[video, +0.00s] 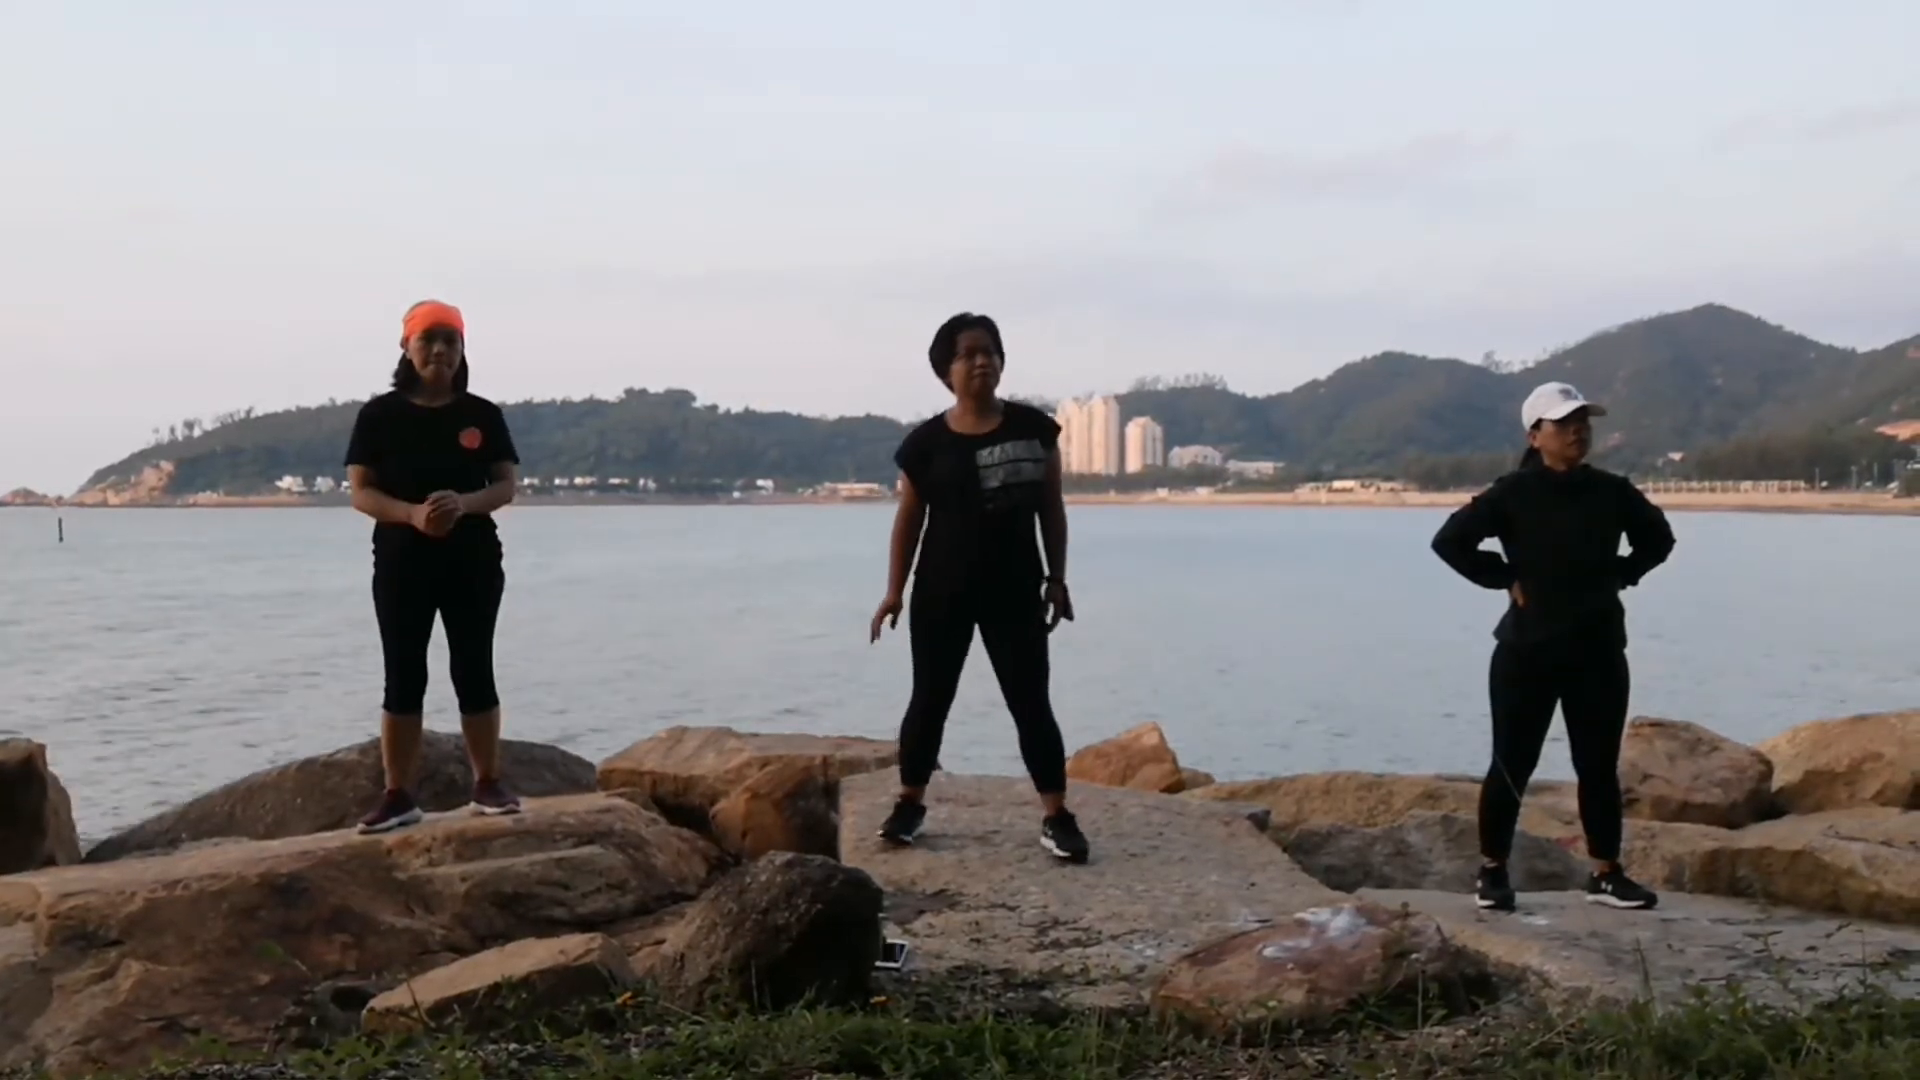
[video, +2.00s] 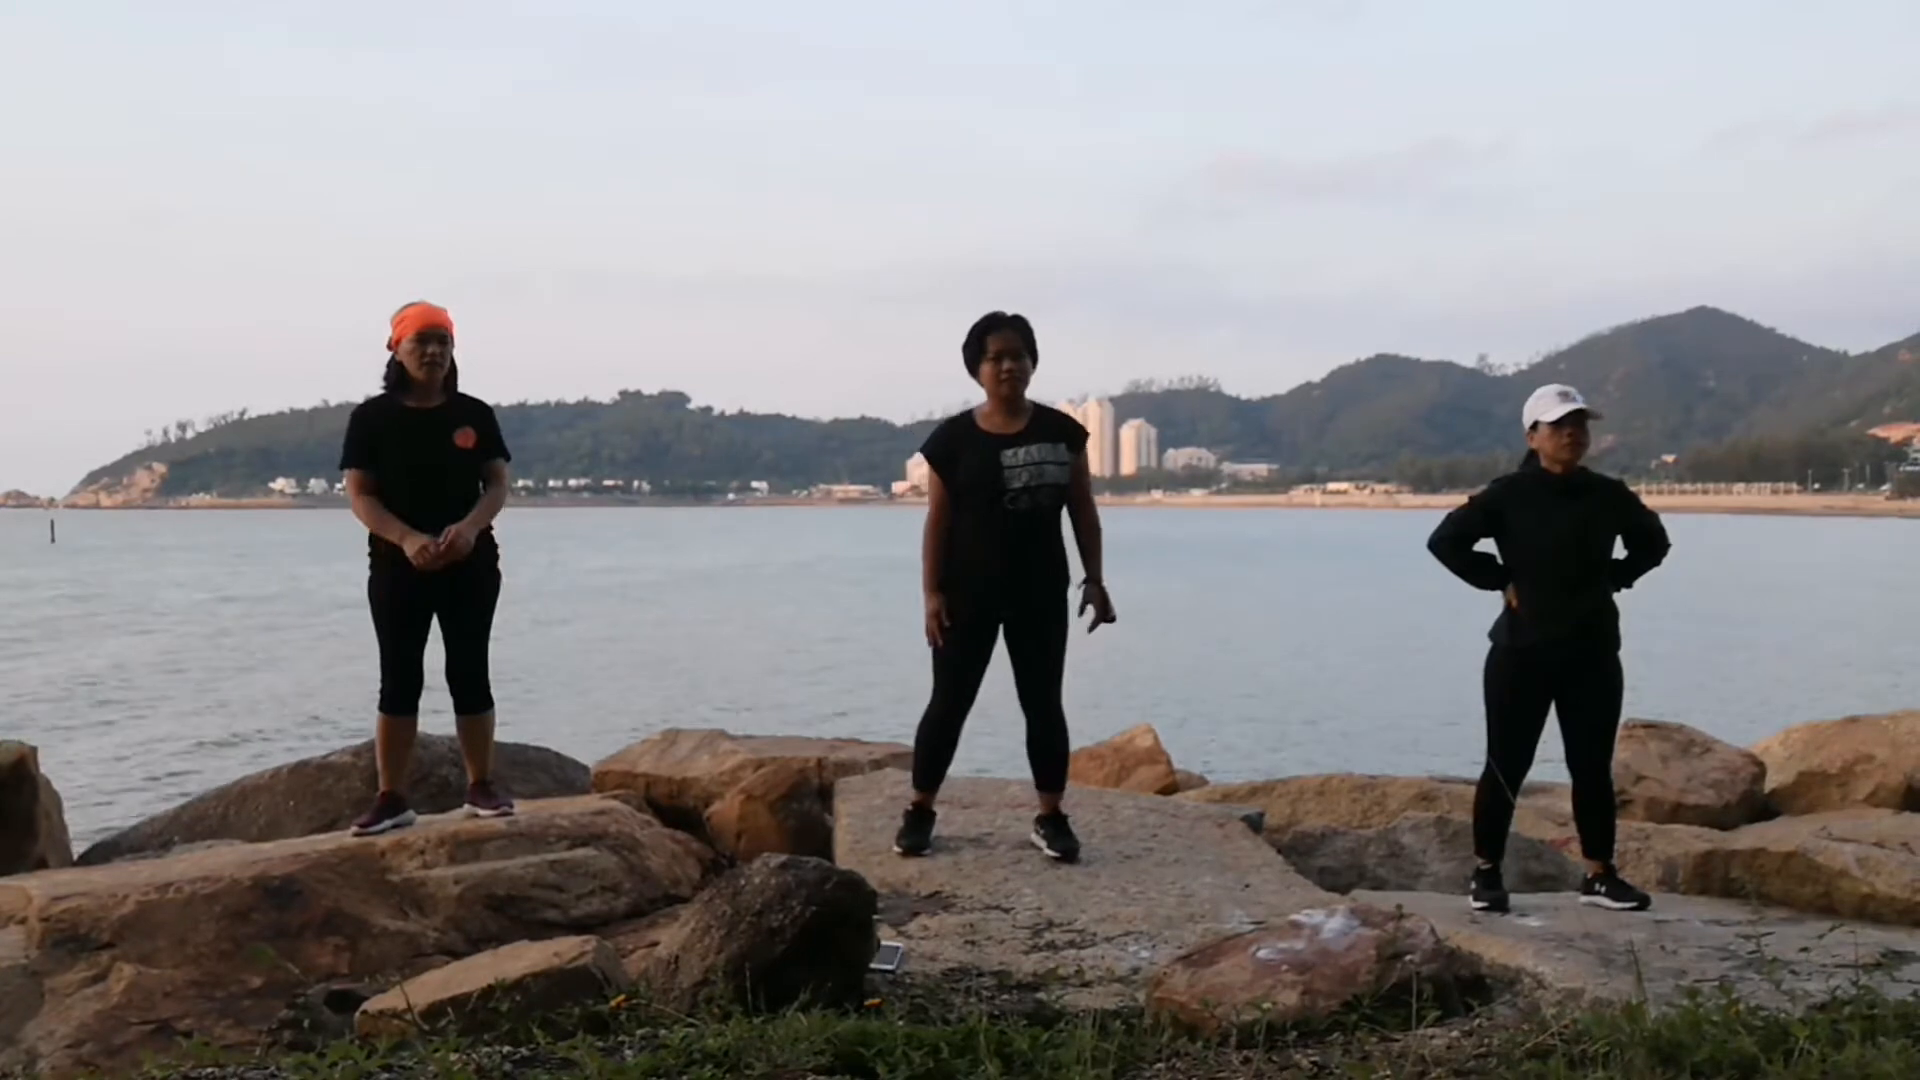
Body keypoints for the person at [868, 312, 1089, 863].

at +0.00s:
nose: (981, 363)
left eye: (989, 353)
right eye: (968, 355)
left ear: (1001, 364)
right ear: (946, 368)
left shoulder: (1035, 431)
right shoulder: (924, 443)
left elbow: (1052, 508)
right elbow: (907, 523)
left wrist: (1057, 575)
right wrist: (894, 590)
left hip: (1014, 593)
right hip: (943, 595)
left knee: (1032, 705)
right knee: (928, 701)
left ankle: (1056, 814)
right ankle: (909, 804)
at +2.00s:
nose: (1008, 368)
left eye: (1018, 358)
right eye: (996, 359)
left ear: (1032, 365)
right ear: (977, 367)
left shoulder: (1063, 433)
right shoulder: (951, 440)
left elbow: (1082, 510)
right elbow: (936, 523)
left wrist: (1094, 578)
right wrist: (931, 592)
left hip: (1041, 594)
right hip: (969, 595)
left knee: (1044, 707)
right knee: (948, 705)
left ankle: (1051, 815)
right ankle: (919, 811)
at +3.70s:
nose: (1003, 368)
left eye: (1015, 357)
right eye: (992, 360)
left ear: (1037, 363)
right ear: (981, 370)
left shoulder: (1072, 430)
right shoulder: (962, 436)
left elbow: (1100, 498)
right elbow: (938, 519)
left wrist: (1039, 522)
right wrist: (933, 589)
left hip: (1047, 595)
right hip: (977, 593)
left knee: (1049, 710)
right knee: (953, 705)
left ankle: (1052, 824)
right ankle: (917, 809)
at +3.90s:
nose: (1020, 366)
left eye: (1032, 356)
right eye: (1010, 356)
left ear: (1054, 365)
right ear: (996, 367)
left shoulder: (1078, 426)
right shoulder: (973, 429)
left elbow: (1057, 482)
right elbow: (964, 510)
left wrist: (984, 460)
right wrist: (966, 584)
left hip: (1048, 590)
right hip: (981, 585)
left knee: (1048, 710)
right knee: (951, 703)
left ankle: (1051, 824)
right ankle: (917, 811)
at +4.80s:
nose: (946, 370)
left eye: (957, 360)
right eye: (935, 360)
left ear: (972, 369)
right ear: (915, 369)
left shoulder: (995, 434)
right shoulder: (891, 437)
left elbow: (999, 511)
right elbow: (887, 522)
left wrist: (927, 502)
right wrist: (895, 597)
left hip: (972, 591)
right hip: (906, 590)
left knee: (1002, 706)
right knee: (906, 710)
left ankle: (1032, 815)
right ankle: (903, 815)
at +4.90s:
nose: (945, 369)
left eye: (954, 359)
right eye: (933, 360)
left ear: (970, 367)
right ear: (913, 369)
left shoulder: (995, 433)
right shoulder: (885, 441)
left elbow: (1010, 511)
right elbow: (877, 528)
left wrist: (957, 536)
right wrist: (890, 594)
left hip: (975, 592)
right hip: (907, 591)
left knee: (1006, 704)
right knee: (906, 711)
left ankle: (1038, 814)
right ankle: (903, 815)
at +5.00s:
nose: (948, 370)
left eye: (957, 360)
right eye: (936, 361)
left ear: (973, 368)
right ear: (916, 371)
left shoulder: (1001, 437)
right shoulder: (888, 445)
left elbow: (1023, 519)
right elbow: (874, 527)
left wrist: (992, 571)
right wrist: (881, 592)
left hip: (979, 594)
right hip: (910, 598)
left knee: (1011, 709)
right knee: (907, 714)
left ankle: (1046, 817)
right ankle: (902, 817)